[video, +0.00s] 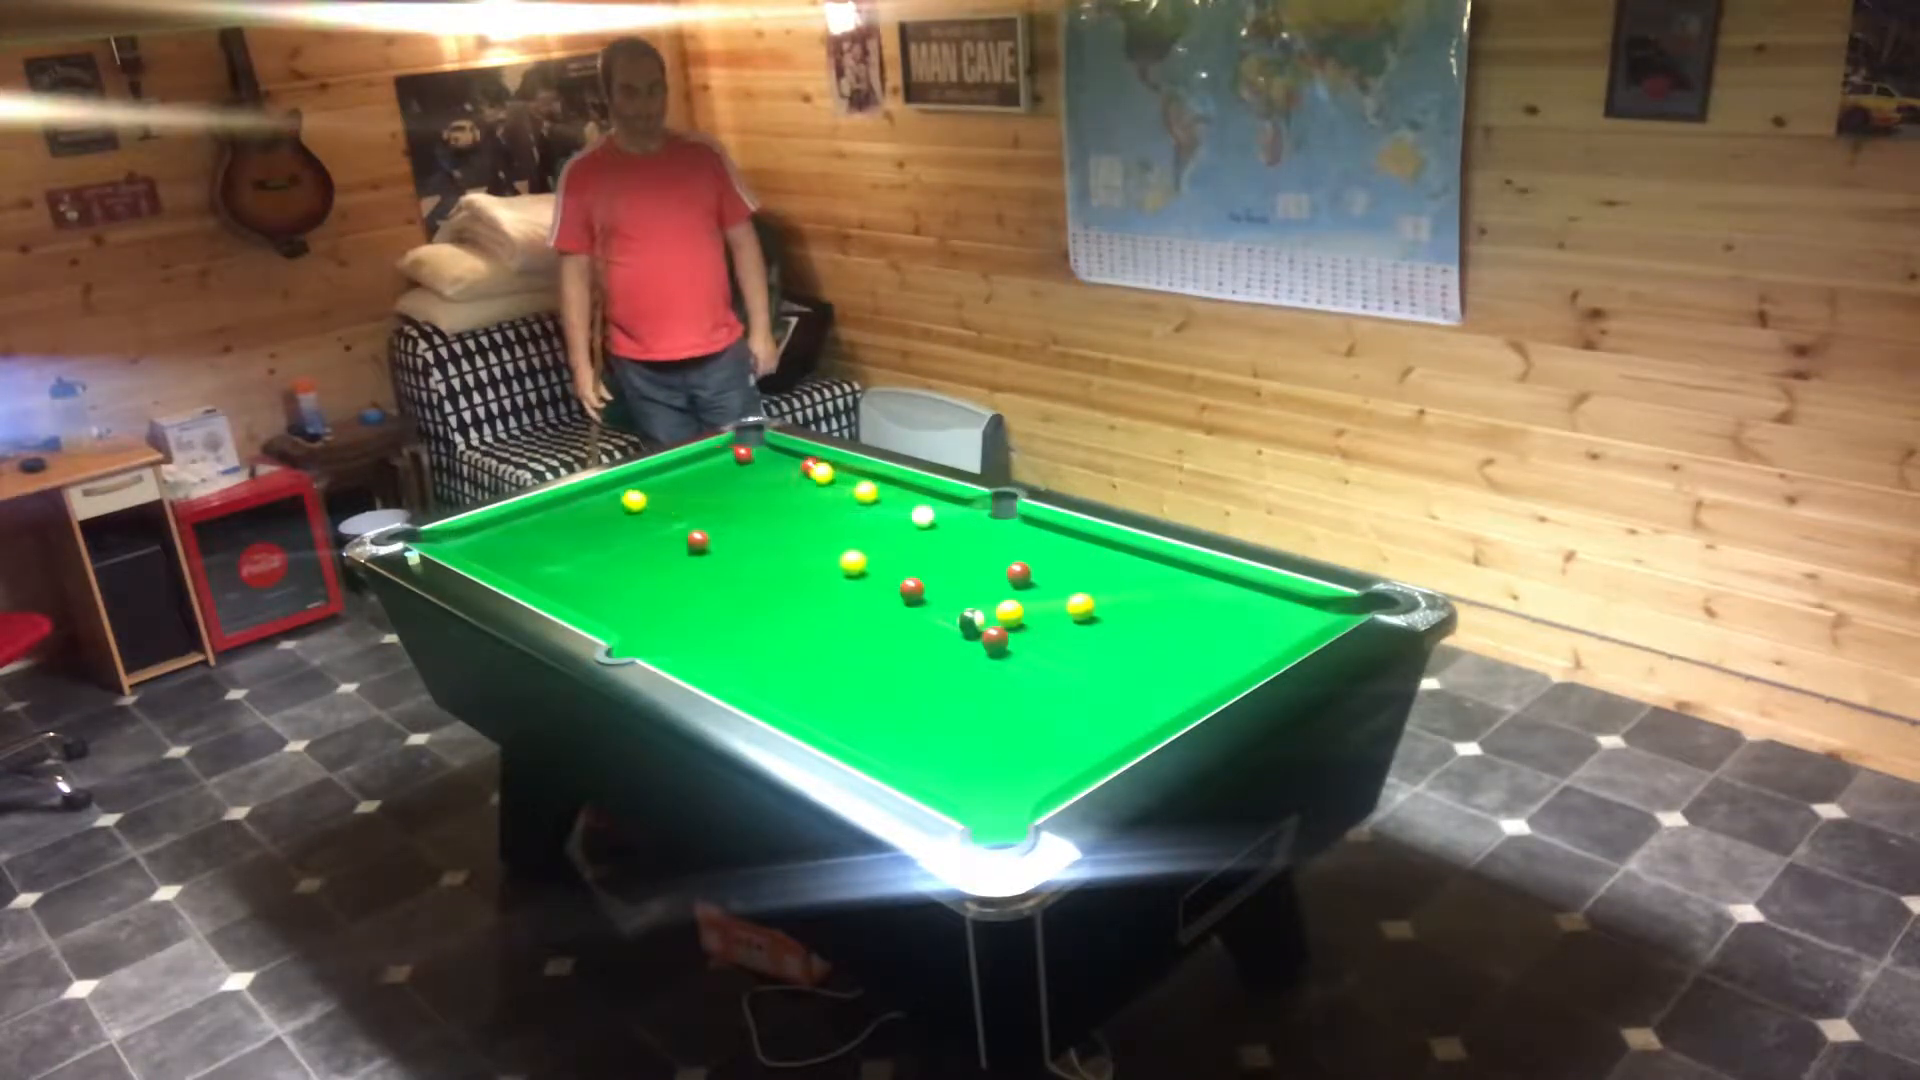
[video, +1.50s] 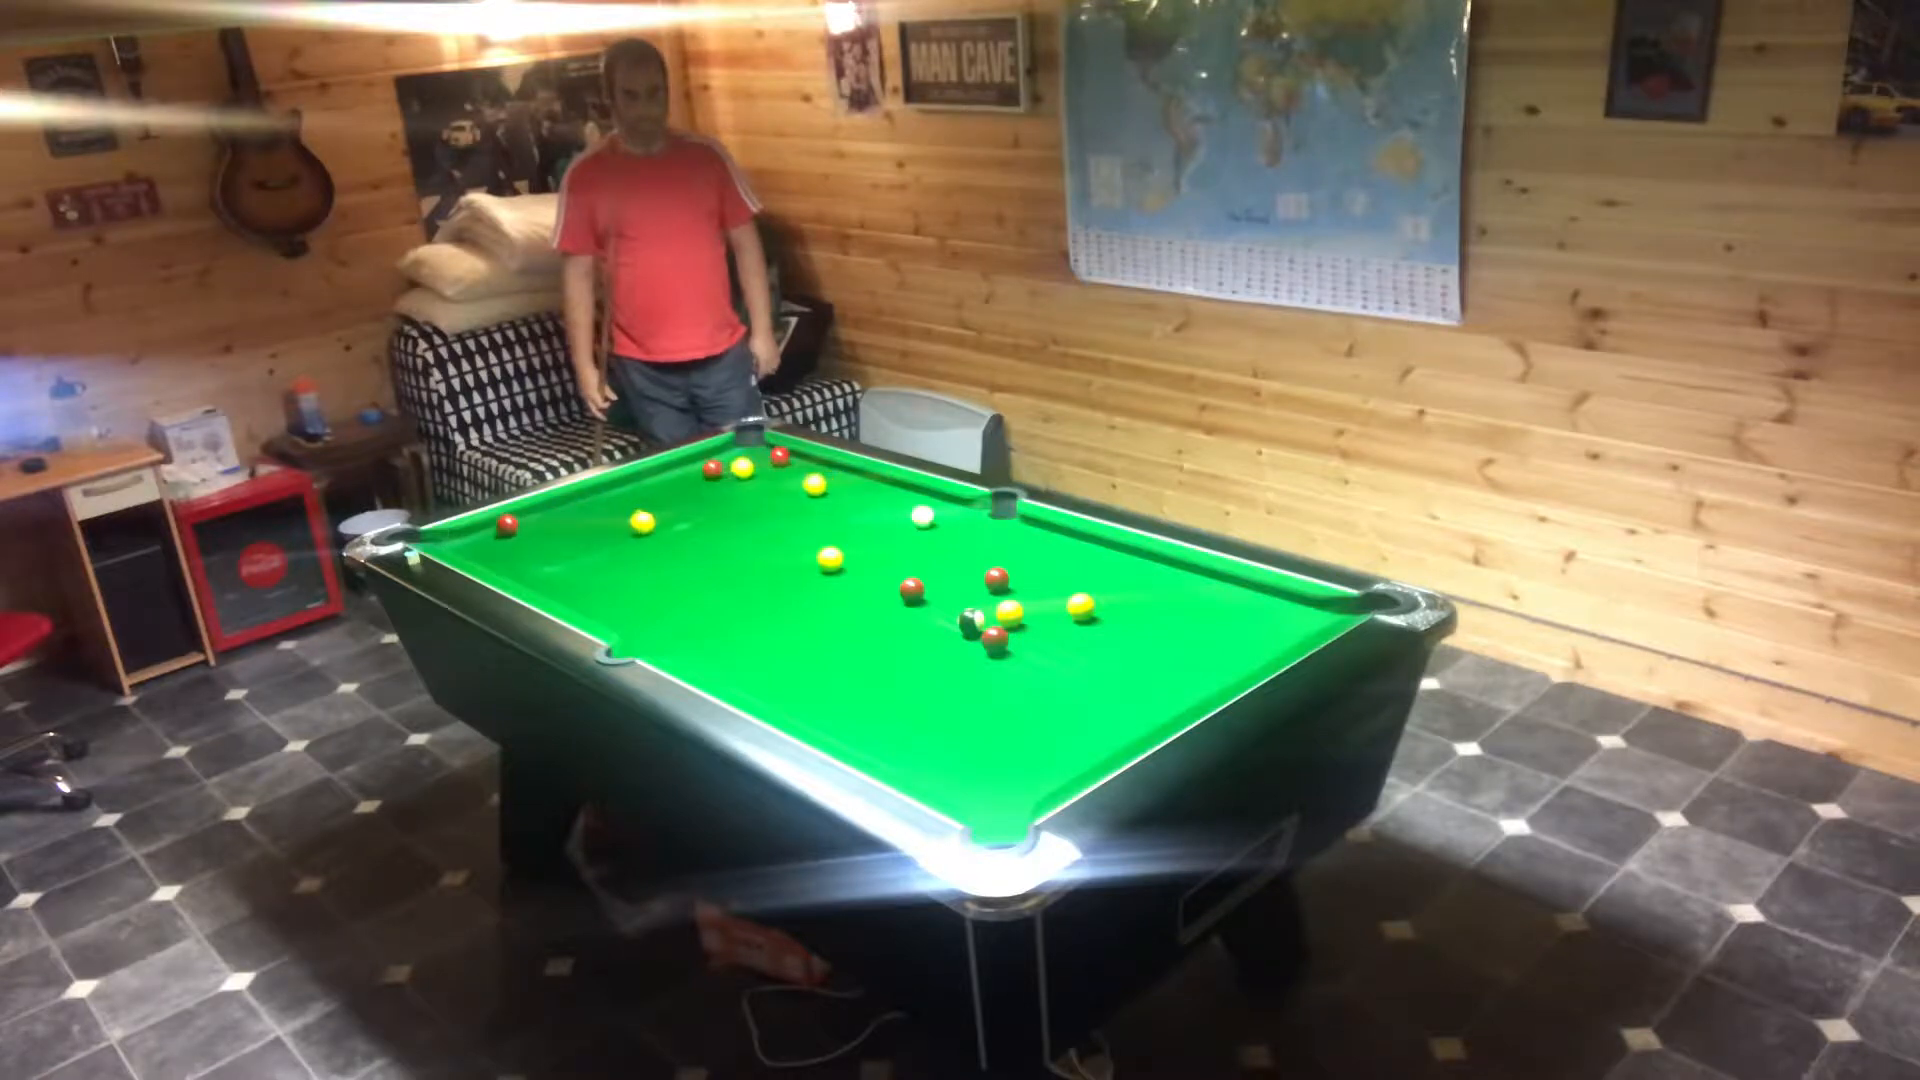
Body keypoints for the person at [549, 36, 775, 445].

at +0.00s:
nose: (644, 104)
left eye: (654, 90)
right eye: (630, 91)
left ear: (667, 93)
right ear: (607, 96)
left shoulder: (705, 158)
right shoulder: (584, 175)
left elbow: (744, 242)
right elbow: (575, 271)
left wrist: (761, 329)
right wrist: (581, 364)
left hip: (721, 360)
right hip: (643, 370)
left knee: (749, 485)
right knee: (676, 500)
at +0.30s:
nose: (641, 105)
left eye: (651, 91)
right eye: (627, 93)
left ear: (665, 91)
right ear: (605, 97)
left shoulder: (705, 157)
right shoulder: (584, 176)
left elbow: (745, 240)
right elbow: (576, 271)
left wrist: (762, 328)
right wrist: (581, 364)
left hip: (722, 359)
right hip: (644, 369)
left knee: (748, 489)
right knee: (676, 500)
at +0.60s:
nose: (641, 105)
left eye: (650, 91)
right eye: (627, 93)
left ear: (664, 91)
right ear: (605, 98)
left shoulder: (706, 157)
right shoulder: (586, 175)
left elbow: (746, 240)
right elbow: (579, 271)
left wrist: (763, 327)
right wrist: (584, 364)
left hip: (722, 359)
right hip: (645, 369)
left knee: (748, 483)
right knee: (676, 499)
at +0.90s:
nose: (643, 105)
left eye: (653, 92)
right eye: (629, 94)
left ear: (667, 93)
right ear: (608, 99)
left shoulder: (707, 157)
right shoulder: (587, 176)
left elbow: (746, 240)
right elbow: (579, 273)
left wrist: (764, 329)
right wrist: (584, 363)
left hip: (723, 359)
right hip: (646, 369)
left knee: (747, 485)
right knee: (677, 498)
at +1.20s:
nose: (644, 106)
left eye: (654, 93)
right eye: (631, 94)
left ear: (668, 93)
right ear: (609, 99)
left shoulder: (708, 158)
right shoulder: (588, 176)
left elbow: (747, 240)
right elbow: (580, 273)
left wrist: (763, 329)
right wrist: (584, 364)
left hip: (723, 359)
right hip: (646, 369)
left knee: (748, 483)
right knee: (677, 498)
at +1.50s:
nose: (644, 106)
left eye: (654, 93)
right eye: (631, 95)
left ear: (668, 94)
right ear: (610, 98)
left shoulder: (708, 158)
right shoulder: (587, 175)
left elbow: (746, 243)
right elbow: (578, 273)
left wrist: (762, 330)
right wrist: (584, 365)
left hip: (722, 361)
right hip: (645, 370)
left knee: (749, 484)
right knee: (677, 499)